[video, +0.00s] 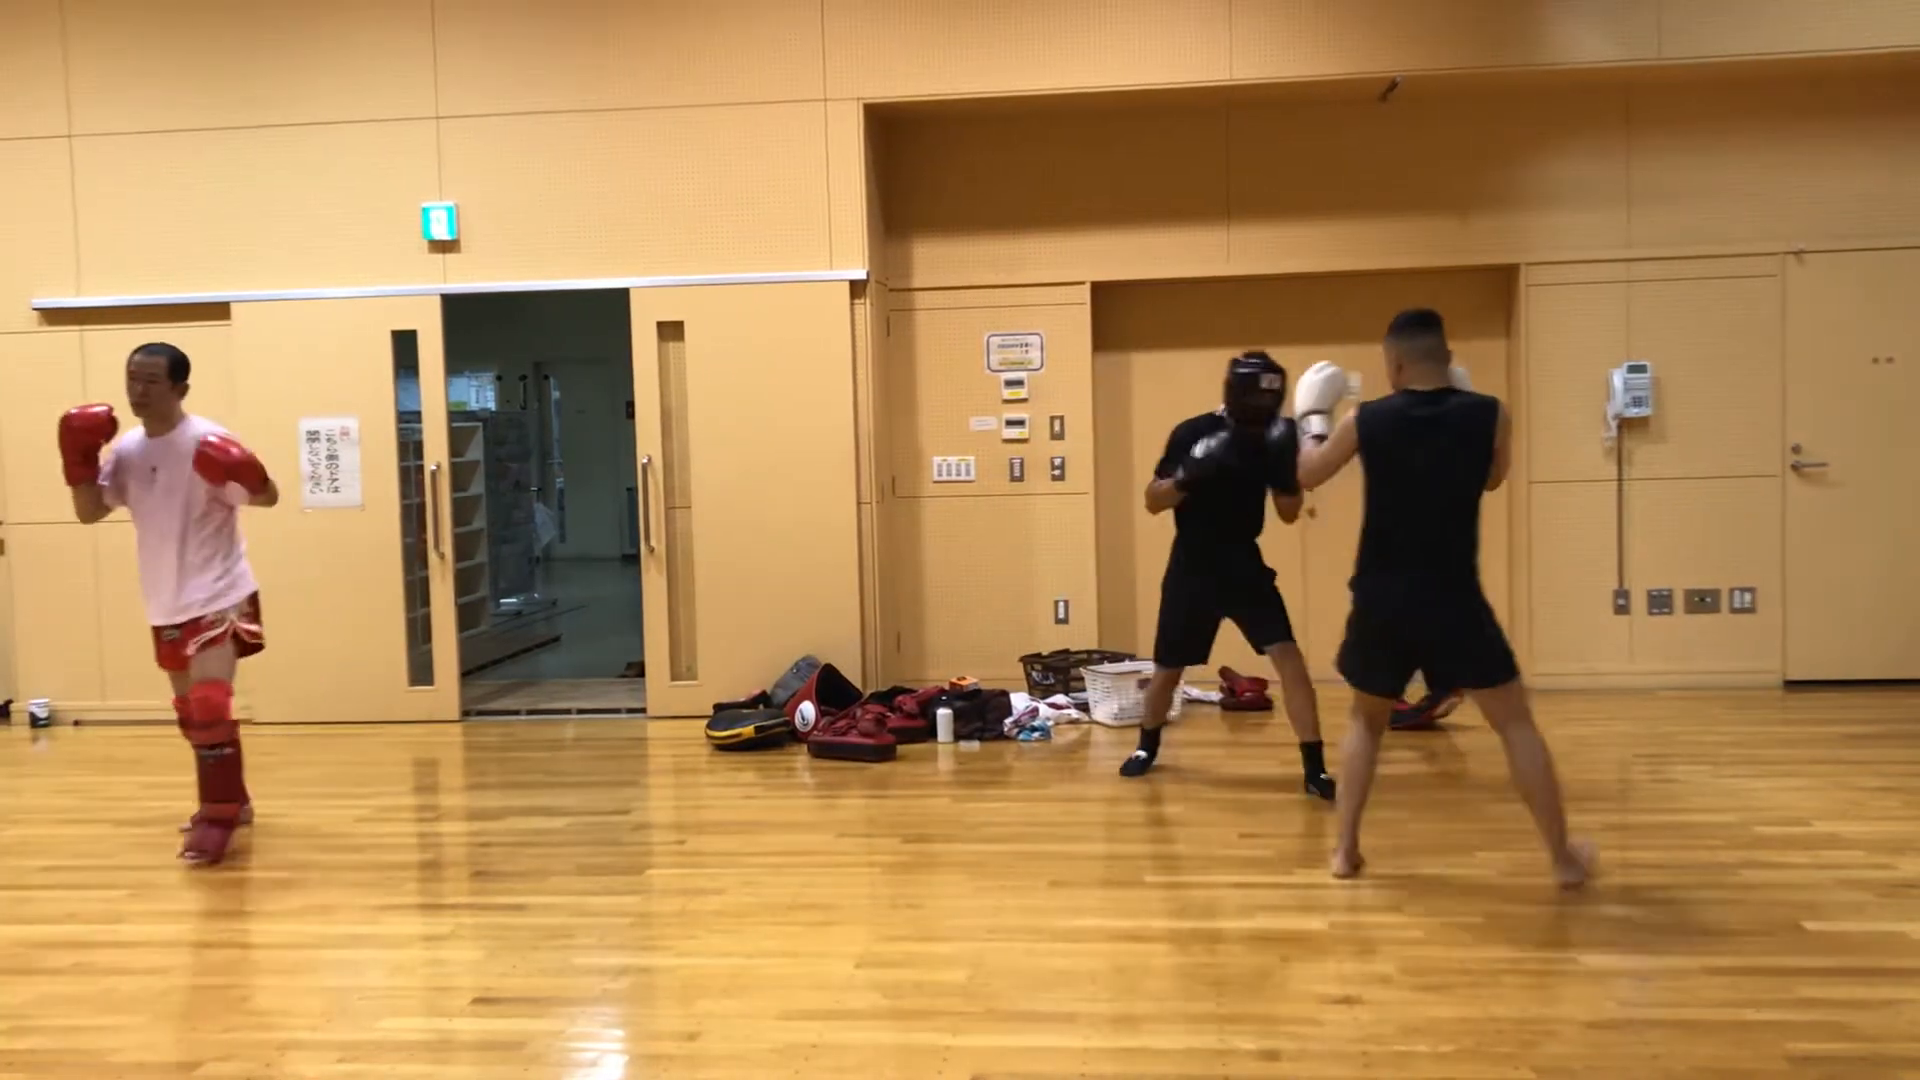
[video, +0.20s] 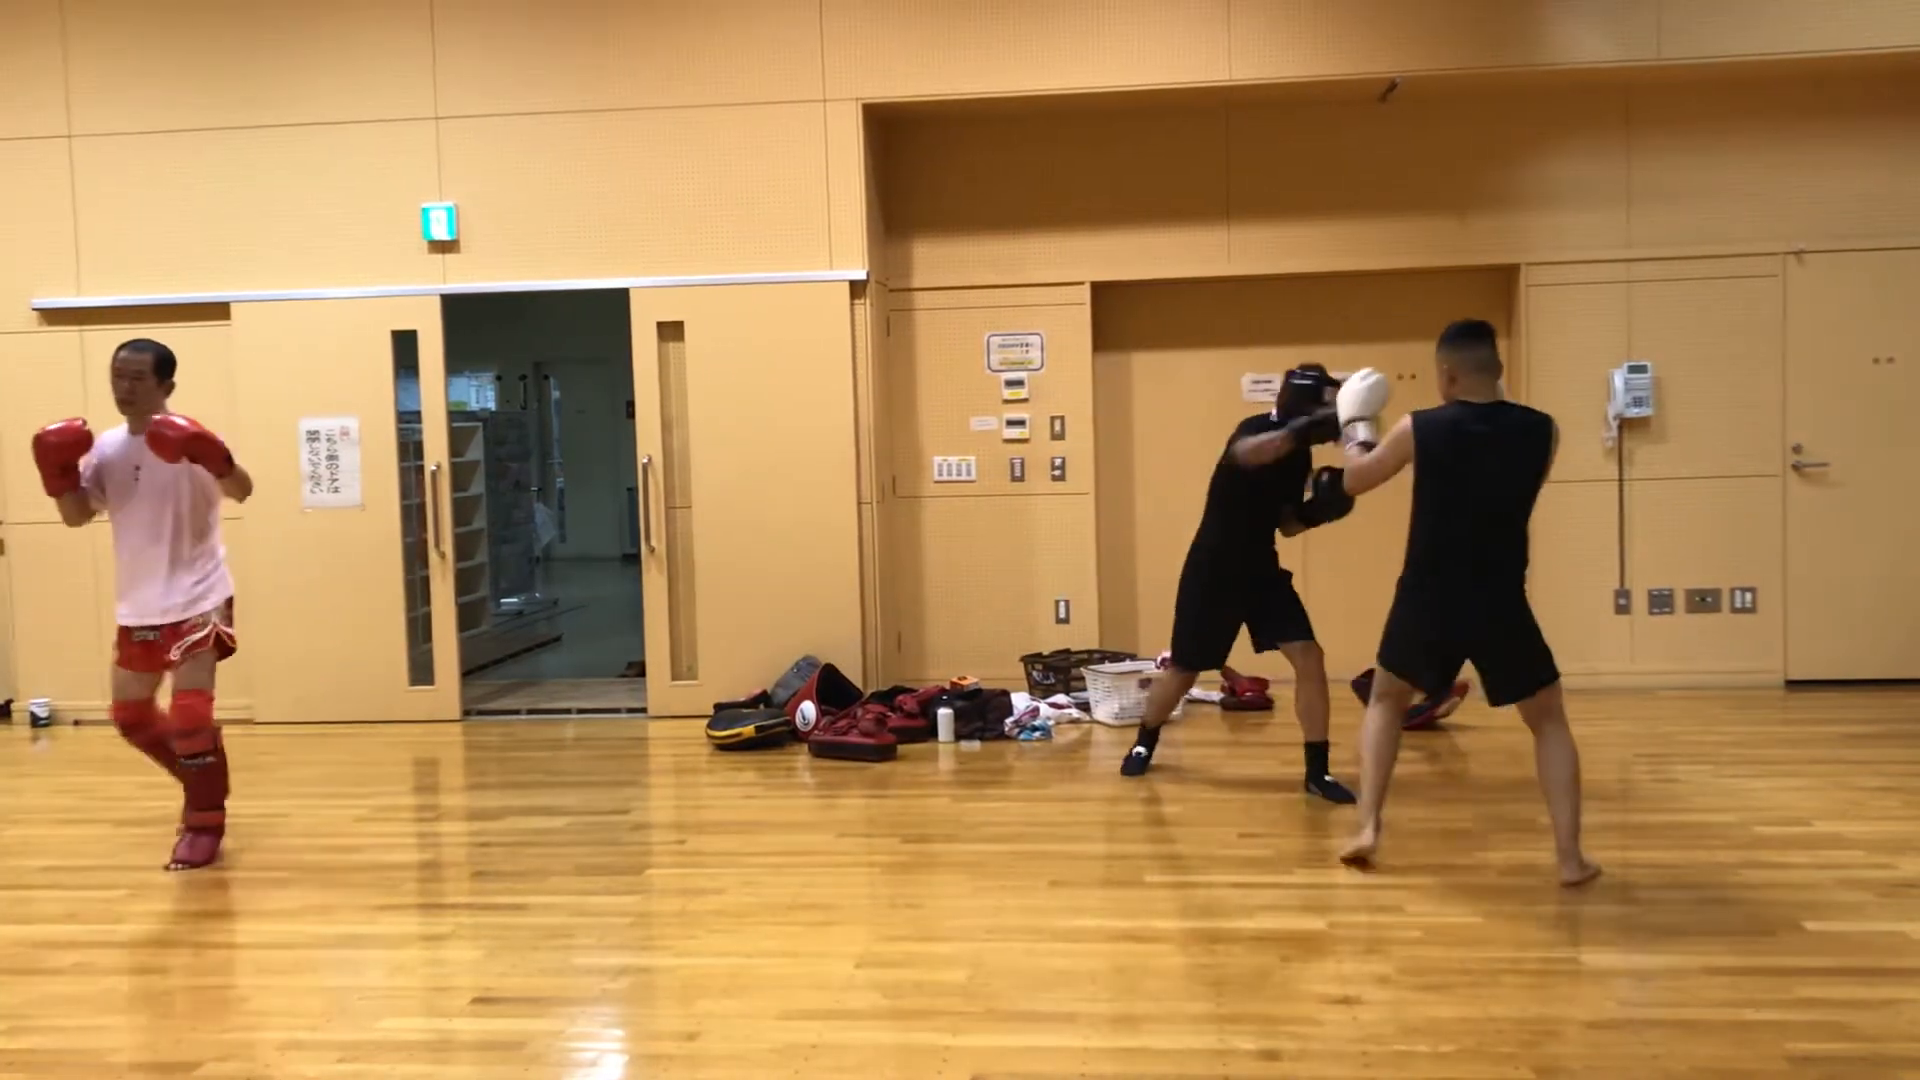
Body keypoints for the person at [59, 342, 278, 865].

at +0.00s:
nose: (137, 389)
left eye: (150, 381)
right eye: (132, 379)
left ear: (179, 388)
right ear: (125, 384)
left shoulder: (207, 442)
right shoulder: (125, 450)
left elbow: (267, 498)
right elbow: (90, 510)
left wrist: (248, 473)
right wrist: (78, 458)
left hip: (217, 594)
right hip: (165, 601)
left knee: (210, 708)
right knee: (191, 714)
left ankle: (217, 817)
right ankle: (229, 802)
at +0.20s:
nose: (123, 385)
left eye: (135, 377)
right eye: (117, 376)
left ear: (165, 385)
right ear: (110, 381)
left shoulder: (188, 439)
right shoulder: (105, 451)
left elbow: (241, 492)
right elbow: (77, 516)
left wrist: (210, 454)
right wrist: (57, 471)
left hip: (199, 595)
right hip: (139, 600)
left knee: (191, 719)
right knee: (131, 716)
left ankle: (203, 828)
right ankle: (203, 784)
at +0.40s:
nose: (94, 386)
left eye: (106, 377)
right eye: (86, 375)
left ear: (135, 383)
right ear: (76, 378)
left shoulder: (161, 435)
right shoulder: (69, 445)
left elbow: (195, 486)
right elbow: (30, 505)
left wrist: (149, 448)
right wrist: (21, 452)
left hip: (163, 604)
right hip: (95, 607)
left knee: (173, 726)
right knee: (67, 727)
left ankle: (200, 831)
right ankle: (80, 829)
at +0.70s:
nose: (53, 384)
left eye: (65, 375)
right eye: (44, 374)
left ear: (92, 383)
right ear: (33, 381)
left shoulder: (127, 445)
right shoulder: (24, 455)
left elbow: (186, 497)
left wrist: (202, 519)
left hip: (124, 610)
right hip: (54, 615)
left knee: (120, 735)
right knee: (51, 736)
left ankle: (103, 849)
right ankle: (78, 831)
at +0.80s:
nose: (57, 386)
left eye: (69, 376)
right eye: (48, 376)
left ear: (97, 383)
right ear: (36, 383)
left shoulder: (135, 449)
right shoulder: (20, 458)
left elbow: (183, 496)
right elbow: (9, 531)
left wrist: (219, 504)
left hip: (114, 618)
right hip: (34, 618)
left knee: (107, 740)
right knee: (4, 722)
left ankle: (90, 861)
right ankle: (33, 843)